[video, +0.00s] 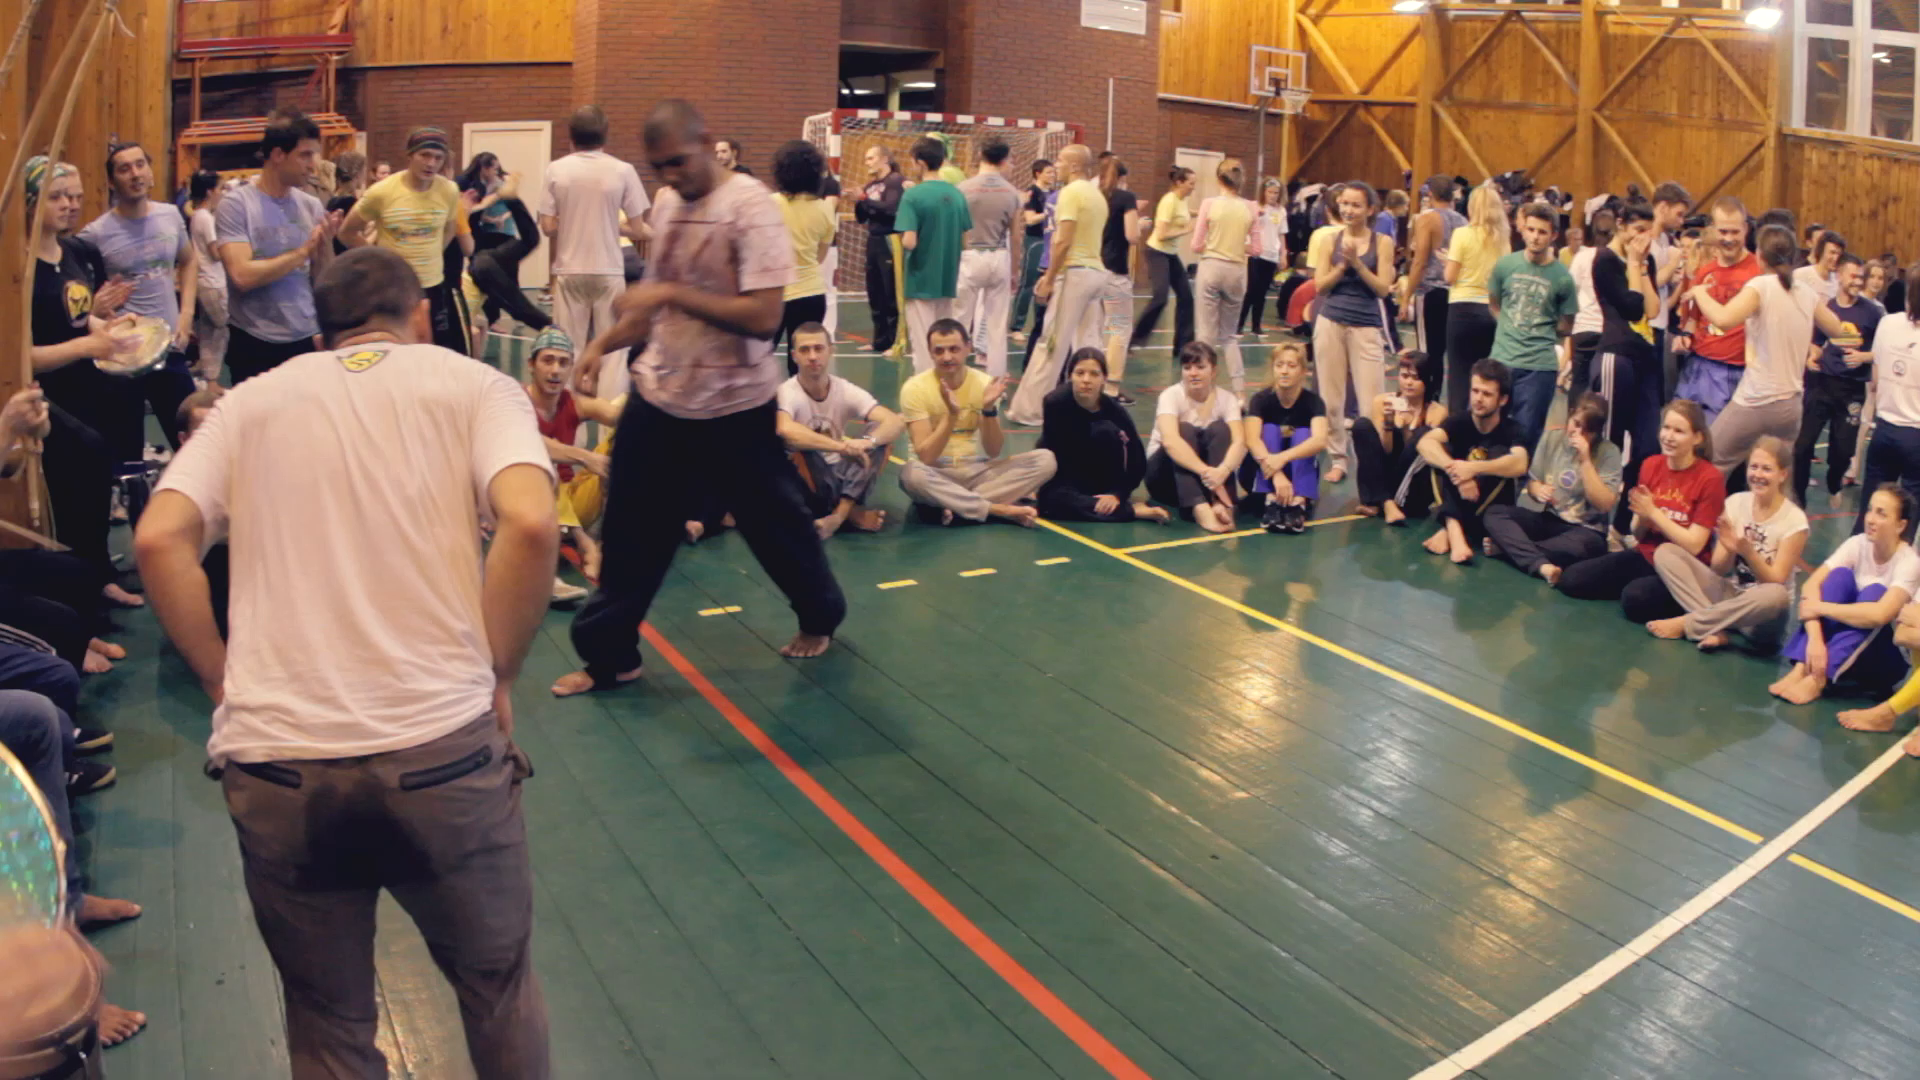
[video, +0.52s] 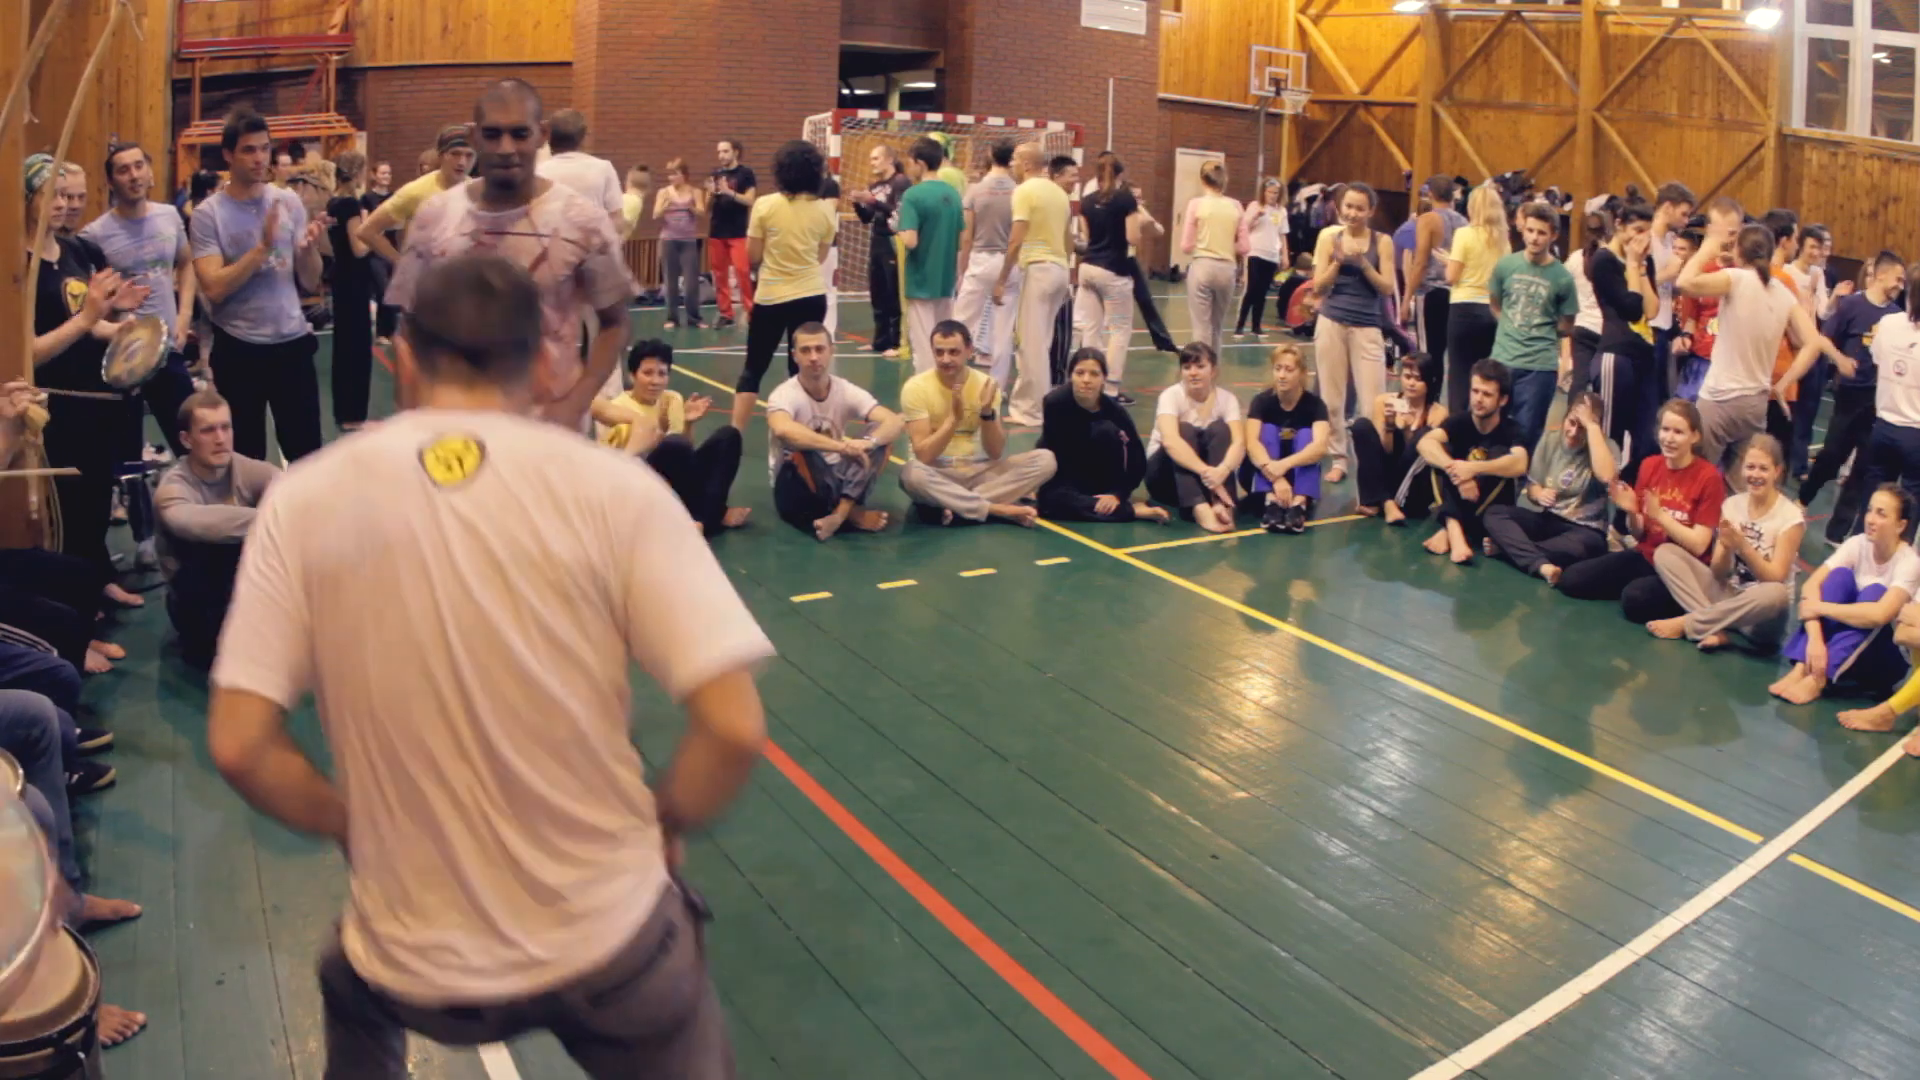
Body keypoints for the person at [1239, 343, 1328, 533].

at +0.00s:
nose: (1284, 371)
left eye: (1291, 366)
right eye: (1279, 365)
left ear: (1304, 372)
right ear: (1273, 369)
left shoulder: (1313, 401)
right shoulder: (1260, 400)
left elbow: (1319, 441)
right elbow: (1252, 439)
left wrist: (1282, 458)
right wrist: (1276, 475)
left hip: (1298, 478)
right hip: (1262, 476)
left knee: (1303, 433)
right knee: (1270, 429)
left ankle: (1298, 499)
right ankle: (1271, 499)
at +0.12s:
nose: (1284, 374)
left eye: (1291, 369)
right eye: (1279, 368)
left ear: (1304, 374)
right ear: (1273, 371)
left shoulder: (1314, 405)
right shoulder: (1261, 403)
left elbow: (1321, 447)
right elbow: (1253, 444)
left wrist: (1283, 464)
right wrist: (1277, 482)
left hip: (1298, 480)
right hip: (1262, 478)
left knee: (1304, 434)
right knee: (1270, 430)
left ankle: (1299, 500)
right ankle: (1270, 499)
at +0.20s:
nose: (1284, 375)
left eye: (1291, 370)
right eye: (1279, 369)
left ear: (1305, 375)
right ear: (1273, 372)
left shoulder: (1315, 406)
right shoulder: (1261, 403)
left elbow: (1321, 450)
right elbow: (1253, 446)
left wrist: (1283, 467)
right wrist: (1277, 483)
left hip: (1299, 480)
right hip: (1263, 478)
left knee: (1305, 434)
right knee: (1269, 430)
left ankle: (1299, 500)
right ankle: (1271, 499)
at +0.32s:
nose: (1284, 375)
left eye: (1291, 370)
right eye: (1279, 369)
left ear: (1305, 375)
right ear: (1273, 372)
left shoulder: (1316, 406)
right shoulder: (1261, 403)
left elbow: (1321, 450)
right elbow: (1252, 445)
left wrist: (1283, 468)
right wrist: (1277, 483)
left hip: (1299, 481)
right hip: (1263, 477)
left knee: (1306, 434)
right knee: (1269, 430)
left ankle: (1299, 500)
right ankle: (1270, 499)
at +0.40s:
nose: (1283, 375)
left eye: (1290, 370)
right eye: (1279, 369)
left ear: (1304, 375)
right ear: (1273, 371)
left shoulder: (1316, 405)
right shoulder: (1261, 402)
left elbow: (1321, 448)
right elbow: (1251, 443)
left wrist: (1283, 466)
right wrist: (1277, 480)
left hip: (1299, 480)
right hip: (1263, 477)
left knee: (1306, 434)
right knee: (1268, 430)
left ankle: (1300, 500)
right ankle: (1271, 498)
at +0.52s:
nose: (1282, 375)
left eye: (1289, 370)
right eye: (1278, 369)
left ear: (1302, 374)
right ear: (1273, 371)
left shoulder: (1315, 404)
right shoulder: (1261, 401)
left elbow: (1321, 447)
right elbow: (1252, 443)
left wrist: (1283, 465)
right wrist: (1277, 479)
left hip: (1299, 480)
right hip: (1263, 477)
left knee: (1306, 434)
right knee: (1268, 430)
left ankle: (1300, 499)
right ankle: (1271, 498)